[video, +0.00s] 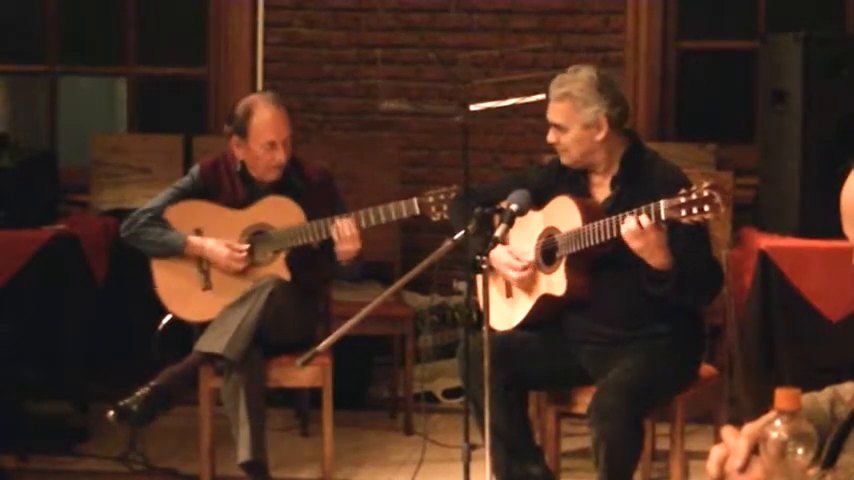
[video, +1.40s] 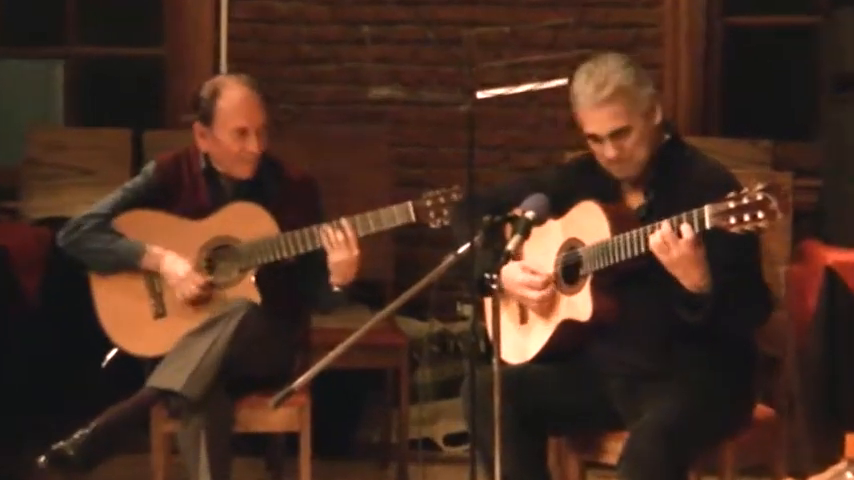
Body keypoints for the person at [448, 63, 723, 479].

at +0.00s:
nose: (550, 139)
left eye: (559, 129)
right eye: (549, 127)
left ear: (599, 128)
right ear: (593, 129)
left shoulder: (666, 186)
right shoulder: (557, 178)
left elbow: (705, 285)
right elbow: (467, 204)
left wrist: (661, 261)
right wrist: (489, 249)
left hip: (654, 343)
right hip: (574, 336)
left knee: (613, 404)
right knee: (484, 355)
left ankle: (613, 474)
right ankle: (523, 471)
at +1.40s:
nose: (609, 152)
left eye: (620, 134)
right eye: (595, 139)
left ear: (654, 115)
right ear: (583, 133)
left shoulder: (708, 186)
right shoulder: (577, 181)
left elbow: (751, 312)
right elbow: (474, 211)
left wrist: (700, 284)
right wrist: (497, 271)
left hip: (692, 375)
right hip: (597, 367)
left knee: (651, 445)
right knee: (494, 390)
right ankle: (522, 474)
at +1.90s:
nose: (638, 149)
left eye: (651, 130)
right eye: (621, 135)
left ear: (682, 114)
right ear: (602, 125)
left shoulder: (732, 191)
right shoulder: (589, 180)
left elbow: (771, 329)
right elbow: (476, 209)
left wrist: (720, 303)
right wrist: (502, 275)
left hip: (715, 392)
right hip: (611, 386)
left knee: (667, 463)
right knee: (497, 405)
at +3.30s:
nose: (663, 147)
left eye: (678, 123)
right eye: (643, 130)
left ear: (714, 102)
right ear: (625, 123)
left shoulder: (775, 195)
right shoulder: (612, 180)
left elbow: (829, 350)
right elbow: (481, 211)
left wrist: (774, 327)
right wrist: (512, 288)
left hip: (744, 421)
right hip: (625, 409)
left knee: (722, 467)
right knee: (502, 435)